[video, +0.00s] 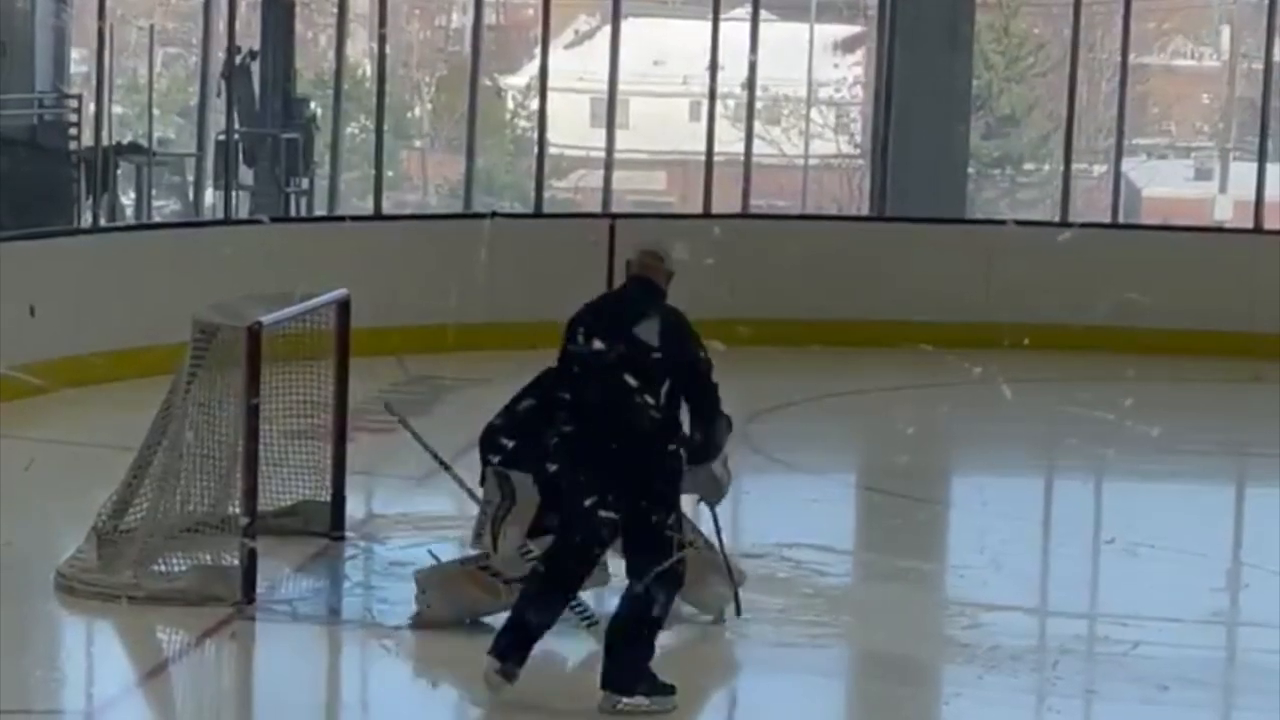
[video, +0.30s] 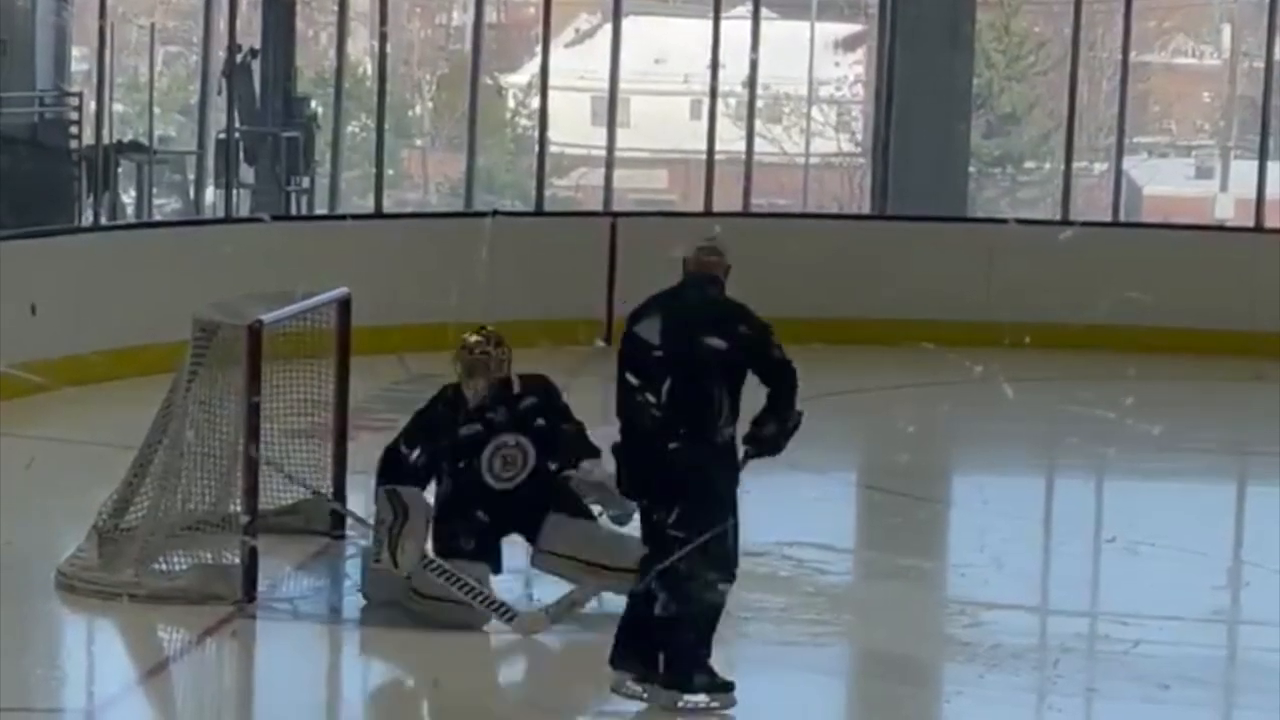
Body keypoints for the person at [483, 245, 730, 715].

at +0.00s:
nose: (662, 284)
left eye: (655, 275)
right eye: (663, 277)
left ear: (626, 274)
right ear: (664, 280)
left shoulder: (586, 316)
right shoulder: (673, 326)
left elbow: (563, 385)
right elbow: (703, 394)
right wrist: (702, 451)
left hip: (585, 456)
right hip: (647, 465)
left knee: (571, 556)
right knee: (657, 570)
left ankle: (509, 653)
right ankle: (626, 678)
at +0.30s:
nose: (715, 279)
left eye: (711, 269)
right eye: (715, 271)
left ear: (684, 270)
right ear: (724, 274)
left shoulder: (647, 316)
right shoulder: (737, 320)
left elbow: (630, 397)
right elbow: (783, 377)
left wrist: (634, 460)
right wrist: (770, 429)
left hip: (649, 462)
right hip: (708, 466)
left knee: (660, 560)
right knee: (710, 566)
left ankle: (633, 658)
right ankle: (688, 667)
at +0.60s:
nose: (753, 274)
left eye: (746, 265)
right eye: (757, 266)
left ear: (727, 267)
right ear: (769, 269)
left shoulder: (695, 313)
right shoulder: (791, 317)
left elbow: (675, 385)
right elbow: (829, 378)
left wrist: (672, 444)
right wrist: (812, 432)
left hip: (707, 458)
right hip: (764, 459)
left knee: (713, 554)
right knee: (765, 558)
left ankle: (698, 656)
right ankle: (752, 666)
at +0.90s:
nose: (786, 267)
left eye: (772, 258)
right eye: (791, 260)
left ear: (757, 264)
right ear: (798, 266)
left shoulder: (725, 306)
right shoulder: (816, 309)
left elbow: (704, 384)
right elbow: (832, 377)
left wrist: (704, 446)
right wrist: (812, 424)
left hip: (739, 450)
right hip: (795, 452)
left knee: (747, 542)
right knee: (809, 548)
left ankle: (737, 644)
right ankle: (813, 655)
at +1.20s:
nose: (825, 259)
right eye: (831, 253)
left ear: (794, 254)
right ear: (833, 256)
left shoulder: (763, 291)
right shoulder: (851, 299)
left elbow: (737, 359)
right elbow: (858, 367)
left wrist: (731, 418)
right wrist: (842, 417)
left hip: (774, 429)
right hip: (830, 434)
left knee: (775, 522)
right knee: (830, 529)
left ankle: (764, 627)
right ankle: (829, 639)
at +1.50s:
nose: (877, 261)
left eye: (868, 252)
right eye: (886, 254)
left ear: (852, 255)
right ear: (890, 258)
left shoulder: (821, 294)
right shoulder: (910, 301)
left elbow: (796, 364)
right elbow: (926, 365)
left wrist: (787, 422)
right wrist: (909, 415)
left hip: (832, 427)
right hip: (888, 433)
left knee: (814, 517)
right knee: (884, 526)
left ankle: (789, 609)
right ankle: (874, 618)